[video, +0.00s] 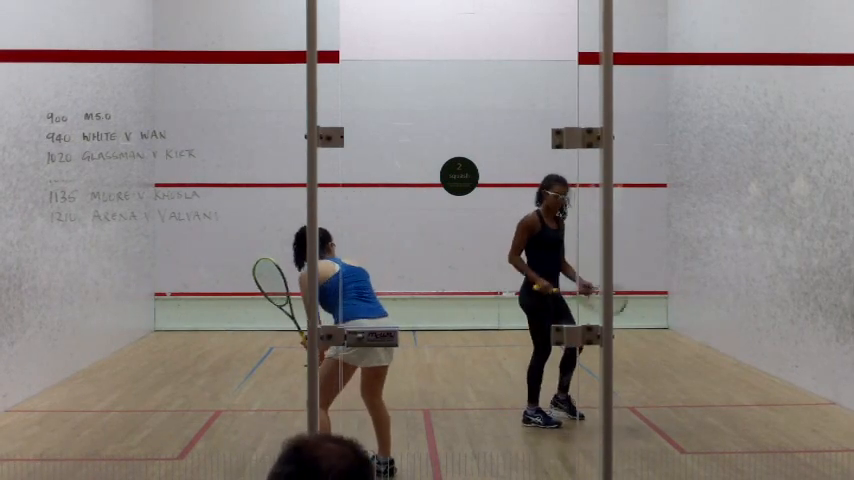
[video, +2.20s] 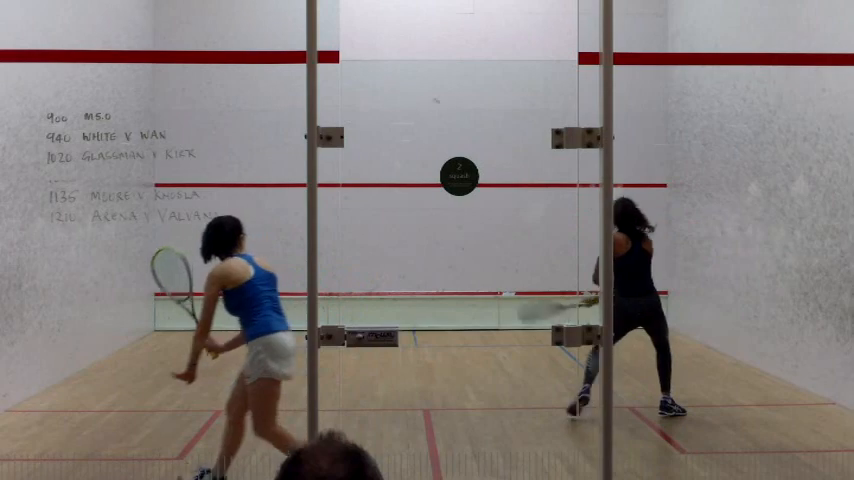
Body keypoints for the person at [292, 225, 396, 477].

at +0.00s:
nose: (335, 248)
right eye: (334, 245)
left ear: (304, 251)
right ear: (331, 247)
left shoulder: (309, 273)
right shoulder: (355, 267)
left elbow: (313, 319)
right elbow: (355, 313)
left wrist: (316, 346)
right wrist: (326, 344)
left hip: (353, 335)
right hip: (384, 332)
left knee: (318, 404)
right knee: (373, 397)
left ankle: (325, 464)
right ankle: (385, 461)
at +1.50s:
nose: (324, 245)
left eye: (321, 241)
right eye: (320, 242)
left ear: (294, 256)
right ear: (317, 247)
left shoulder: (300, 281)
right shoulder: (343, 267)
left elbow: (315, 327)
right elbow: (337, 317)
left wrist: (323, 355)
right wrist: (295, 344)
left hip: (350, 337)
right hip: (381, 331)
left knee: (313, 404)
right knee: (372, 396)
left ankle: (335, 462)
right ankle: (383, 461)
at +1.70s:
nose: (308, 246)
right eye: (305, 242)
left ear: (274, 255)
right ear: (302, 247)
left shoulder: (284, 281)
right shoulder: (328, 270)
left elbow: (295, 330)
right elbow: (309, 323)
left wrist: (307, 365)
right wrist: (268, 339)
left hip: (329, 345)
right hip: (361, 340)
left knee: (299, 409)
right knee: (362, 399)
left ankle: (317, 462)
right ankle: (381, 460)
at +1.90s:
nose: (287, 240)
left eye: (286, 236)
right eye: (285, 237)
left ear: (257, 248)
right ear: (280, 240)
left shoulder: (264, 273)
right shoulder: (299, 263)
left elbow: (263, 324)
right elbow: (280, 320)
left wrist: (267, 367)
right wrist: (240, 333)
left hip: (312, 338)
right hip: (337, 333)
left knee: (293, 412)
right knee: (319, 400)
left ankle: (315, 462)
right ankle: (347, 446)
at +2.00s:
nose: (275, 237)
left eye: (274, 234)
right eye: (273, 234)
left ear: (245, 245)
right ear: (269, 238)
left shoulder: (252, 270)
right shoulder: (291, 261)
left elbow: (243, 322)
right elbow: (273, 317)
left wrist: (241, 369)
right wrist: (232, 333)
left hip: (301, 338)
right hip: (323, 332)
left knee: (289, 415)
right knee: (294, 411)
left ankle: (315, 467)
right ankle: (317, 463)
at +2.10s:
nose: (261, 237)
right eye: (259, 234)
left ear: (231, 245)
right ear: (256, 238)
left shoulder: (237, 270)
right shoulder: (276, 264)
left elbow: (224, 321)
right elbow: (264, 320)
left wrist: (214, 364)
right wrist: (224, 336)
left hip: (287, 340)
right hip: (303, 335)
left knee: (283, 418)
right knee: (263, 400)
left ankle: (319, 468)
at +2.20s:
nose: (245, 238)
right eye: (243, 235)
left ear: (214, 245)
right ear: (240, 240)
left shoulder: (221, 272)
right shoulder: (261, 266)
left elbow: (204, 326)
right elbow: (258, 325)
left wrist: (191, 368)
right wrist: (223, 348)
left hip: (268, 345)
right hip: (278, 339)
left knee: (264, 426)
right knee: (235, 411)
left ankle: (316, 462)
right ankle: (219, 473)